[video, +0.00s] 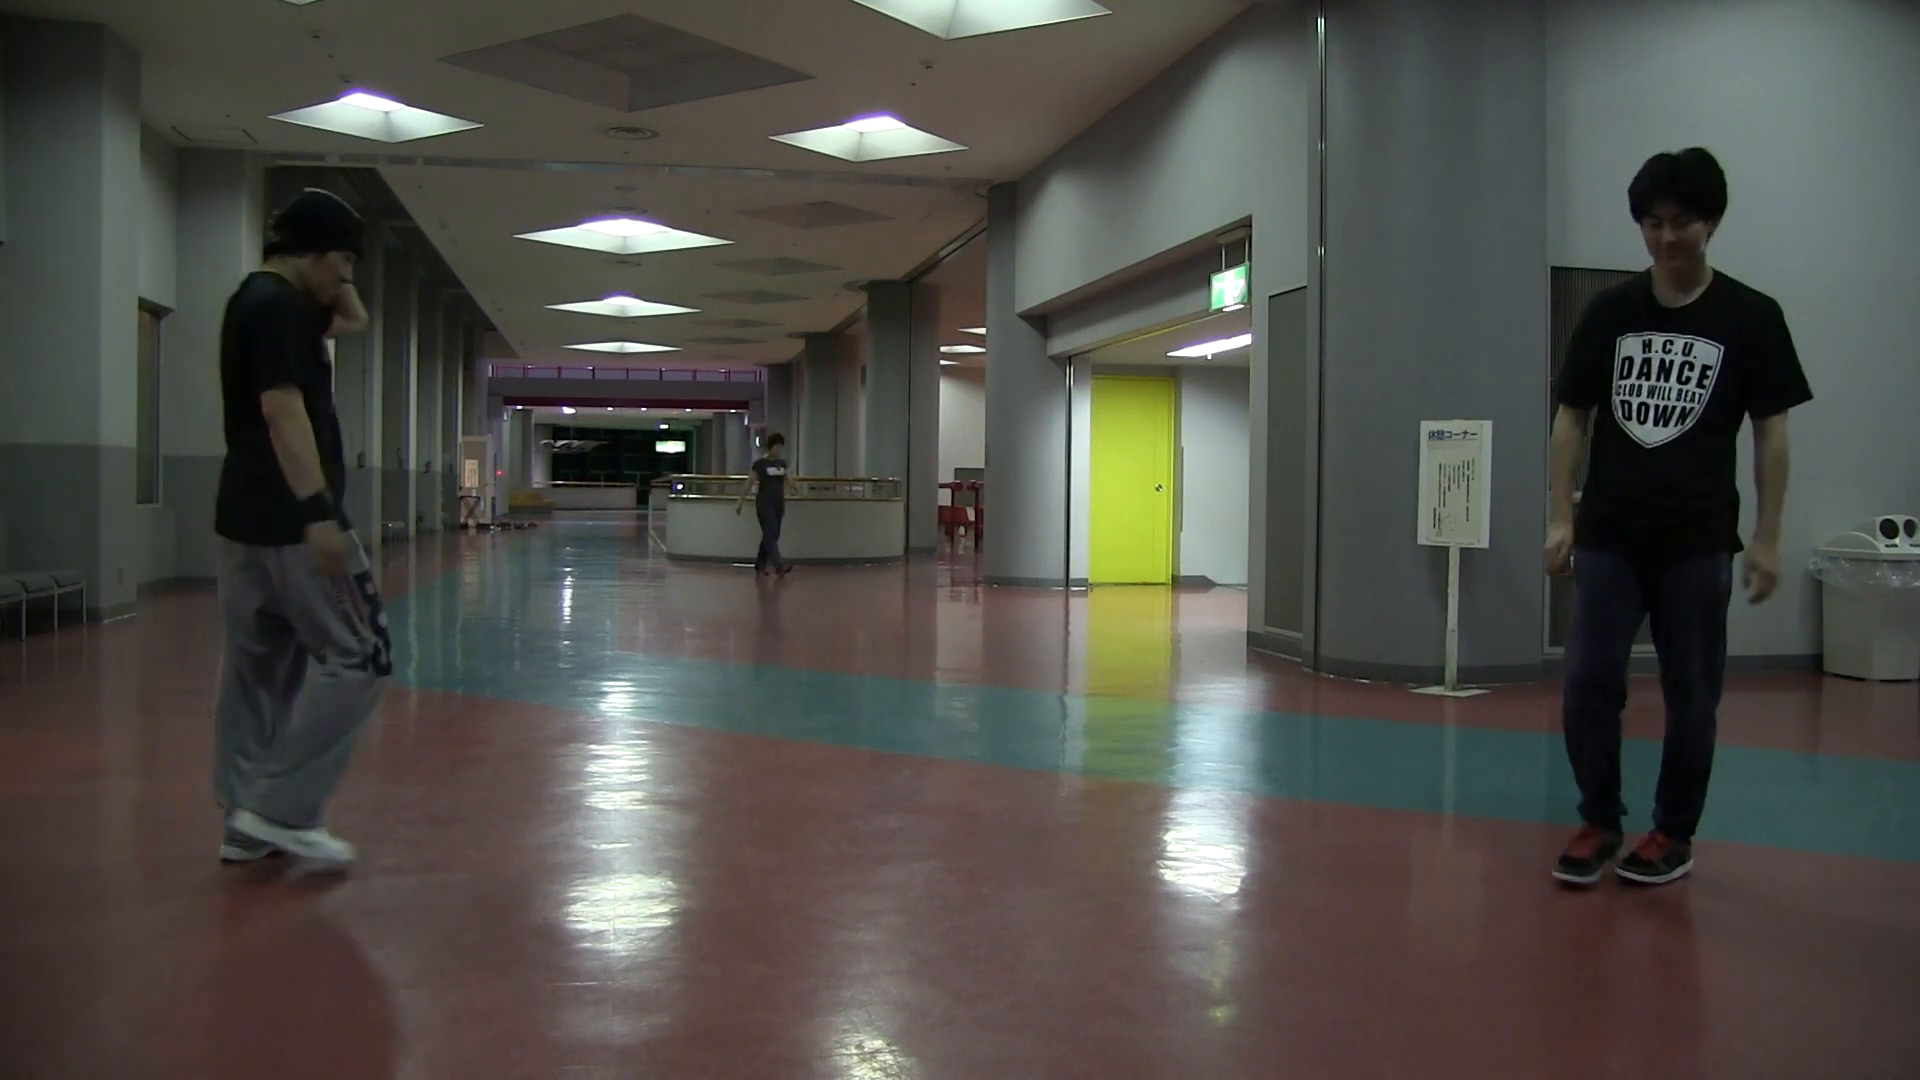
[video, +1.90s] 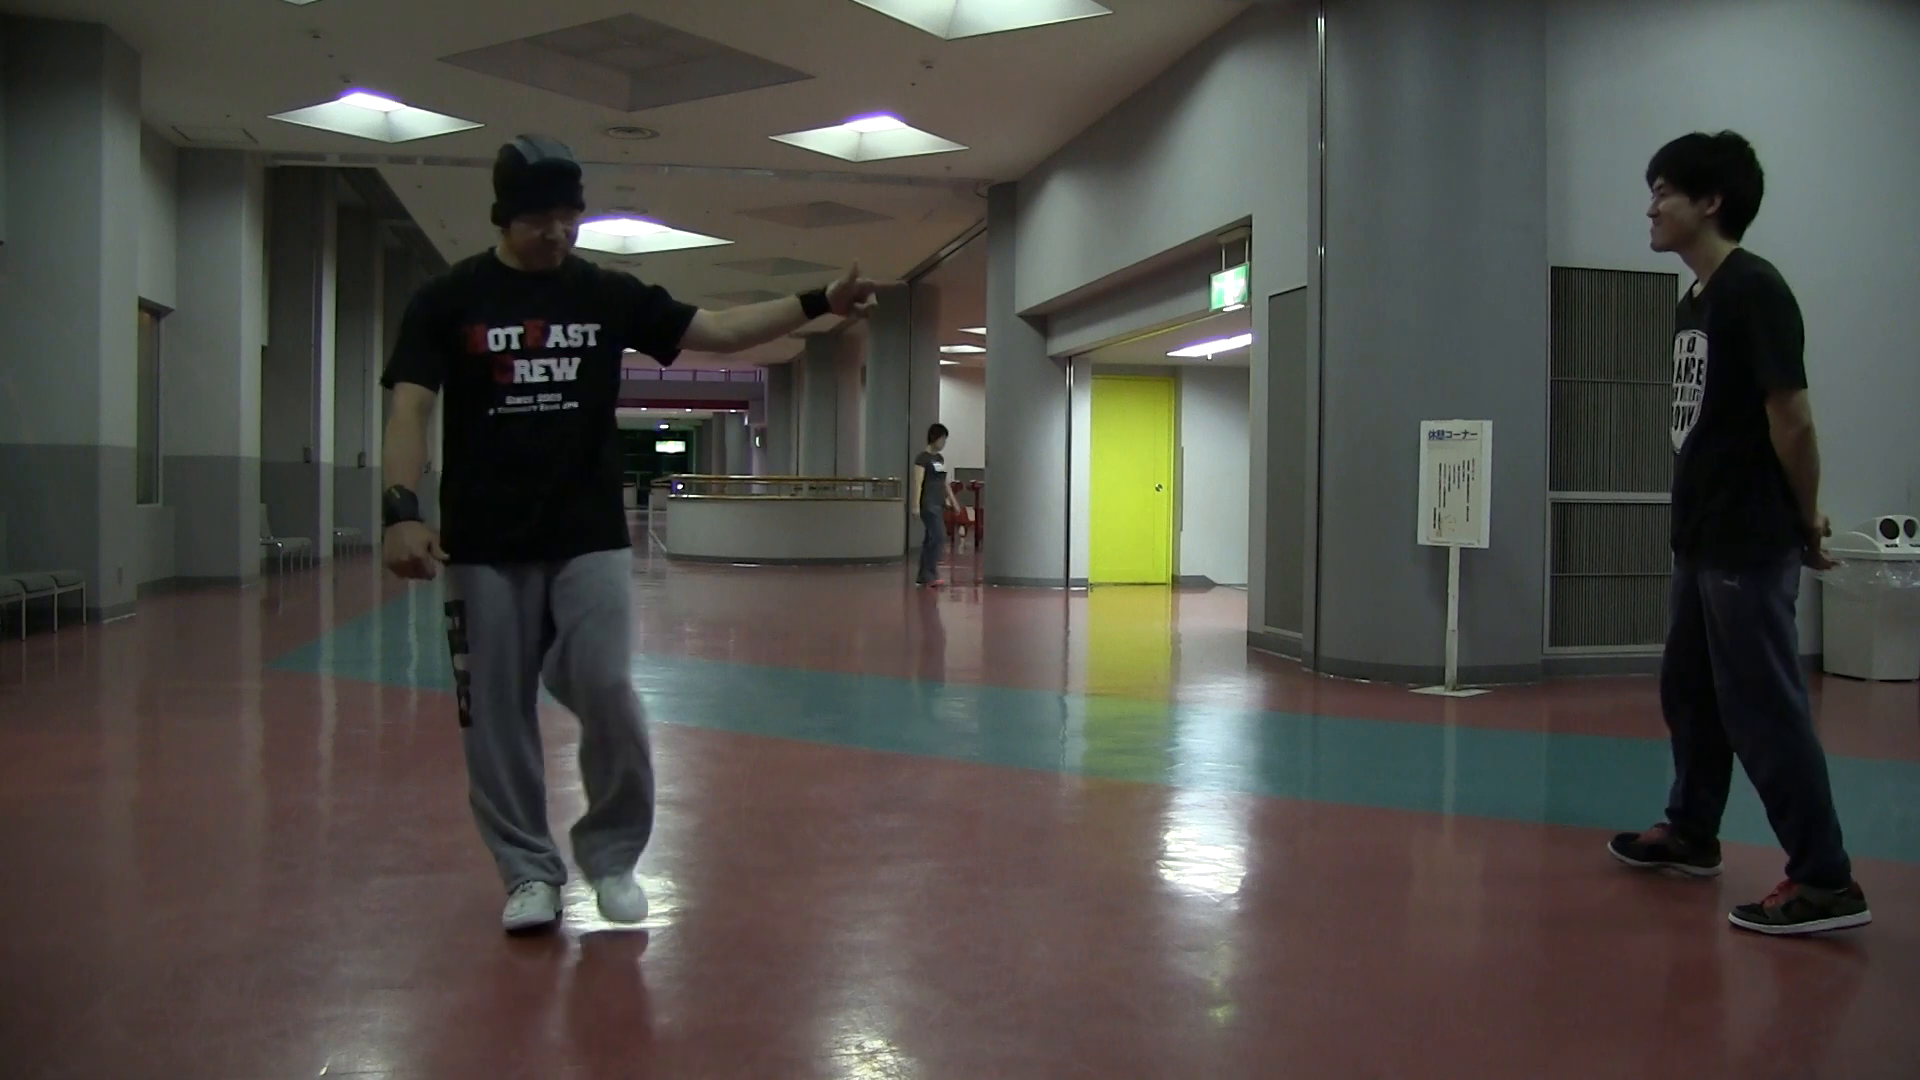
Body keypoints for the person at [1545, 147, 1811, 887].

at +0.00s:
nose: (1670, 237)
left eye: (1685, 222)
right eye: (1656, 223)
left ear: (1711, 223)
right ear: (1640, 226)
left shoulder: (1752, 317)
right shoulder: (1610, 309)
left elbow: (1771, 432)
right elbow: (1572, 415)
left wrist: (1766, 539)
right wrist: (1560, 516)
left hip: (1696, 539)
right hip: (1608, 533)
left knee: (1692, 693)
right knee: (1587, 682)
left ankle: (1672, 835)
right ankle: (1599, 825)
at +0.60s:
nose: (1551, 223)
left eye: (1564, 207)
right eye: (1550, 211)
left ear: (1612, 214)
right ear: (1580, 223)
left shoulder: (1681, 297)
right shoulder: (1570, 329)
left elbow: (1735, 412)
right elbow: (1584, 430)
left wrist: (1727, 498)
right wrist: (1639, 485)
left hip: (1687, 529)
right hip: (1608, 532)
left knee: (1672, 691)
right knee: (1608, 694)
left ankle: (1677, 827)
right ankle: (1636, 856)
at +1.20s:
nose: (1561, 233)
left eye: (1571, 217)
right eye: (1562, 219)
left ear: (1612, 218)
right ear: (1617, 221)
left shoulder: (1635, 284)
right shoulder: (1649, 286)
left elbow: (1673, 398)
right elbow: (1681, 402)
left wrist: (1723, 493)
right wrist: (1727, 489)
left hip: (1663, 530)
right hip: (1659, 529)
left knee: (1638, 692)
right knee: (1645, 692)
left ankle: (1763, 838)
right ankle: (1634, 858)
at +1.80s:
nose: (1649, 200)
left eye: (1661, 187)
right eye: (1652, 186)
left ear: (1708, 196)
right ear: (1696, 198)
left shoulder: (1754, 284)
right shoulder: (1698, 292)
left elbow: (1790, 414)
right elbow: (1722, 414)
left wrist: (1812, 515)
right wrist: (1798, 510)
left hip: (1747, 534)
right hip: (1699, 529)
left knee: (1759, 700)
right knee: (1682, 683)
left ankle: (1823, 879)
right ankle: (1680, 835)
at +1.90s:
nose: (1649, 207)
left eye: (1661, 194)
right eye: (1651, 194)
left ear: (1708, 203)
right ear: (1696, 206)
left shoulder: (1754, 289)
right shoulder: (1696, 296)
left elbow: (1792, 423)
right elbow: (1719, 420)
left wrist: (1809, 521)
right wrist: (1797, 517)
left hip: (1749, 539)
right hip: (1701, 536)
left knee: (1764, 704)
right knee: (1692, 690)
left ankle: (1825, 880)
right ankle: (1689, 836)